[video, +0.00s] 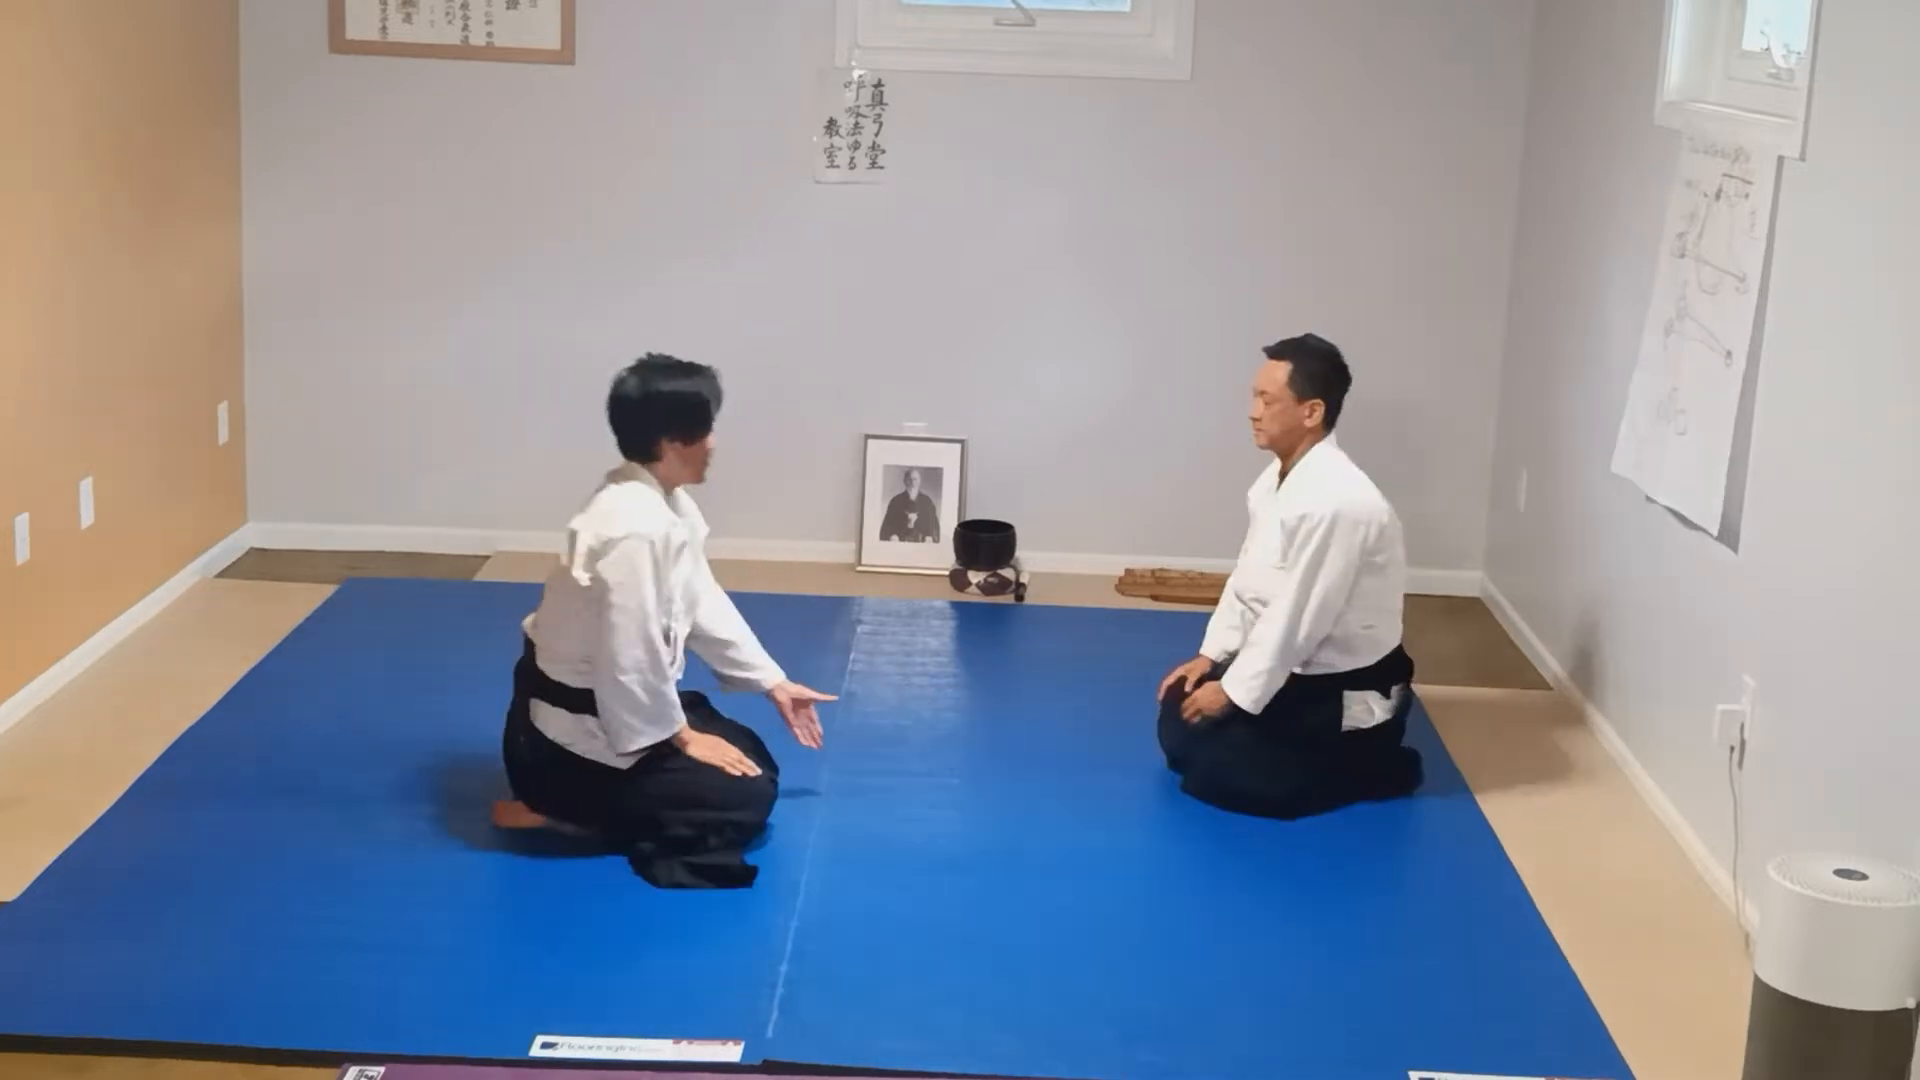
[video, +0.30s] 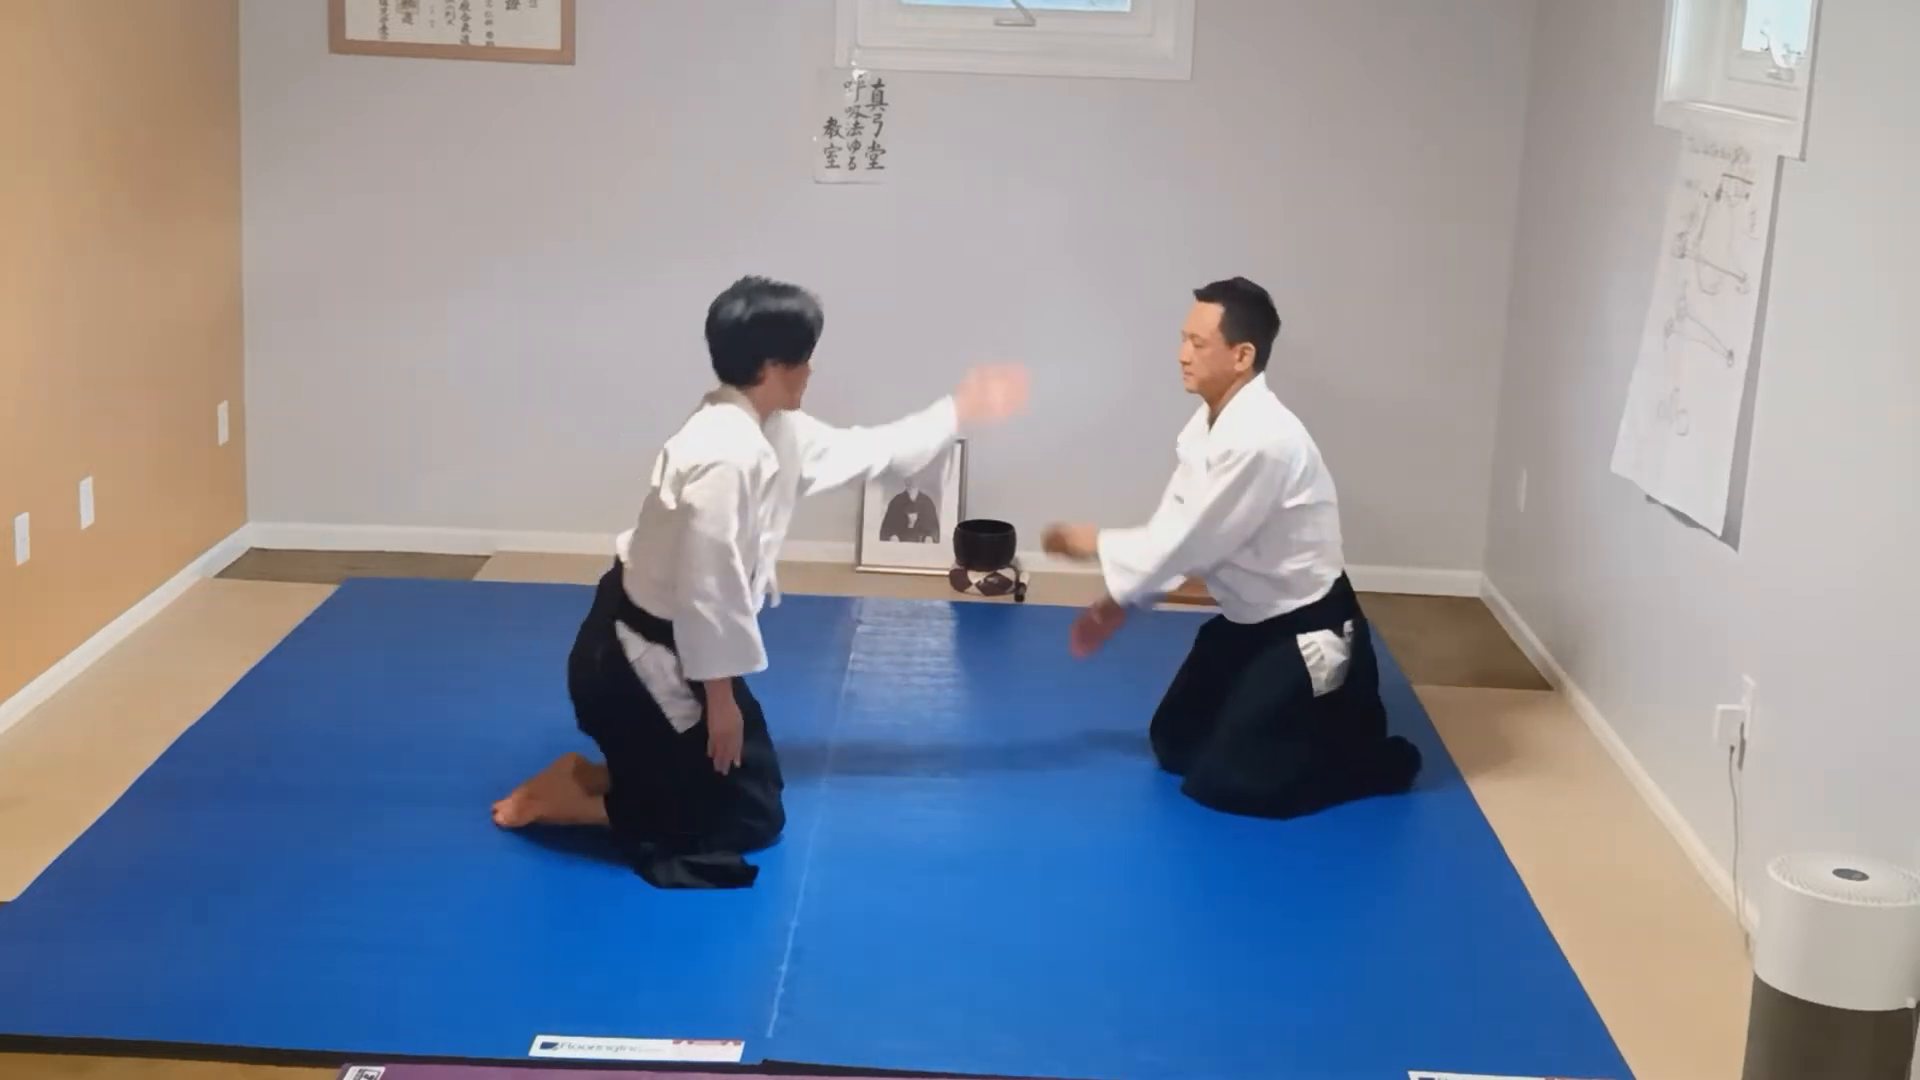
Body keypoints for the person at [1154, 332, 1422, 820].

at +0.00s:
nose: (1253, 413)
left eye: (1266, 401)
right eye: (1256, 398)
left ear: (1312, 412)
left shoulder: (1338, 503)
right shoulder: (1275, 481)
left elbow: (1296, 622)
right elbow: (1246, 582)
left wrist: (1230, 690)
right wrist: (1211, 656)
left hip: (1350, 696)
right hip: (1288, 671)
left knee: (1219, 773)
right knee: (1178, 727)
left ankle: (1383, 771)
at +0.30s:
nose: (1182, 356)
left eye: (1197, 343)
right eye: (1184, 341)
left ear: (1242, 356)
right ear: (1235, 358)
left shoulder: (1261, 438)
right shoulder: (1203, 430)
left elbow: (1190, 541)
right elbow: (1172, 534)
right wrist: (1119, 603)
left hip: (1308, 634)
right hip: (1242, 626)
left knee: (1223, 783)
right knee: (1175, 746)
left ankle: (1380, 764)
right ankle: (1324, 720)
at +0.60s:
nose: (1161, 333)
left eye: (1176, 321)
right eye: (1162, 319)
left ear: (1227, 333)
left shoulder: (1251, 393)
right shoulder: (1164, 405)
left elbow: (1148, 372)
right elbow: (1081, 427)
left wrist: (1043, 300)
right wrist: (992, 405)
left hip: (1281, 624)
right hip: (1208, 620)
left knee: (1222, 787)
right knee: (1176, 756)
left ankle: (1353, 756)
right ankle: (1311, 724)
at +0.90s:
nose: (1116, 324)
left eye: (1128, 311)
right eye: (1112, 311)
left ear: (1170, 308)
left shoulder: (1222, 368)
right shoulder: (1120, 393)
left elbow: (1108, 334)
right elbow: (1046, 426)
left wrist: (1031, 237)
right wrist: (979, 360)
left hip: (1245, 612)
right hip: (1147, 600)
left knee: (1245, 801)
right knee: (1051, 657)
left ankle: (1349, 747)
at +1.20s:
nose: (1047, 342)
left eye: (1054, 324)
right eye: (1039, 326)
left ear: (1082, 321)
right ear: (1034, 328)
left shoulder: (1145, 386)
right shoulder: (1054, 401)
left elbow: (1094, 461)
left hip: (1185, 649)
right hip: (1085, 651)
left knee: (1222, 824)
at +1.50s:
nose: (1010, 414)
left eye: (1026, 400)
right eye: (999, 397)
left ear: (1066, 384)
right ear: (989, 377)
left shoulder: (1119, 455)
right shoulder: (960, 431)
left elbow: (1119, 572)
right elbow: (918, 533)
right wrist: (919, 487)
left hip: (1102, 635)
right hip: (994, 629)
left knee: (1156, 779)